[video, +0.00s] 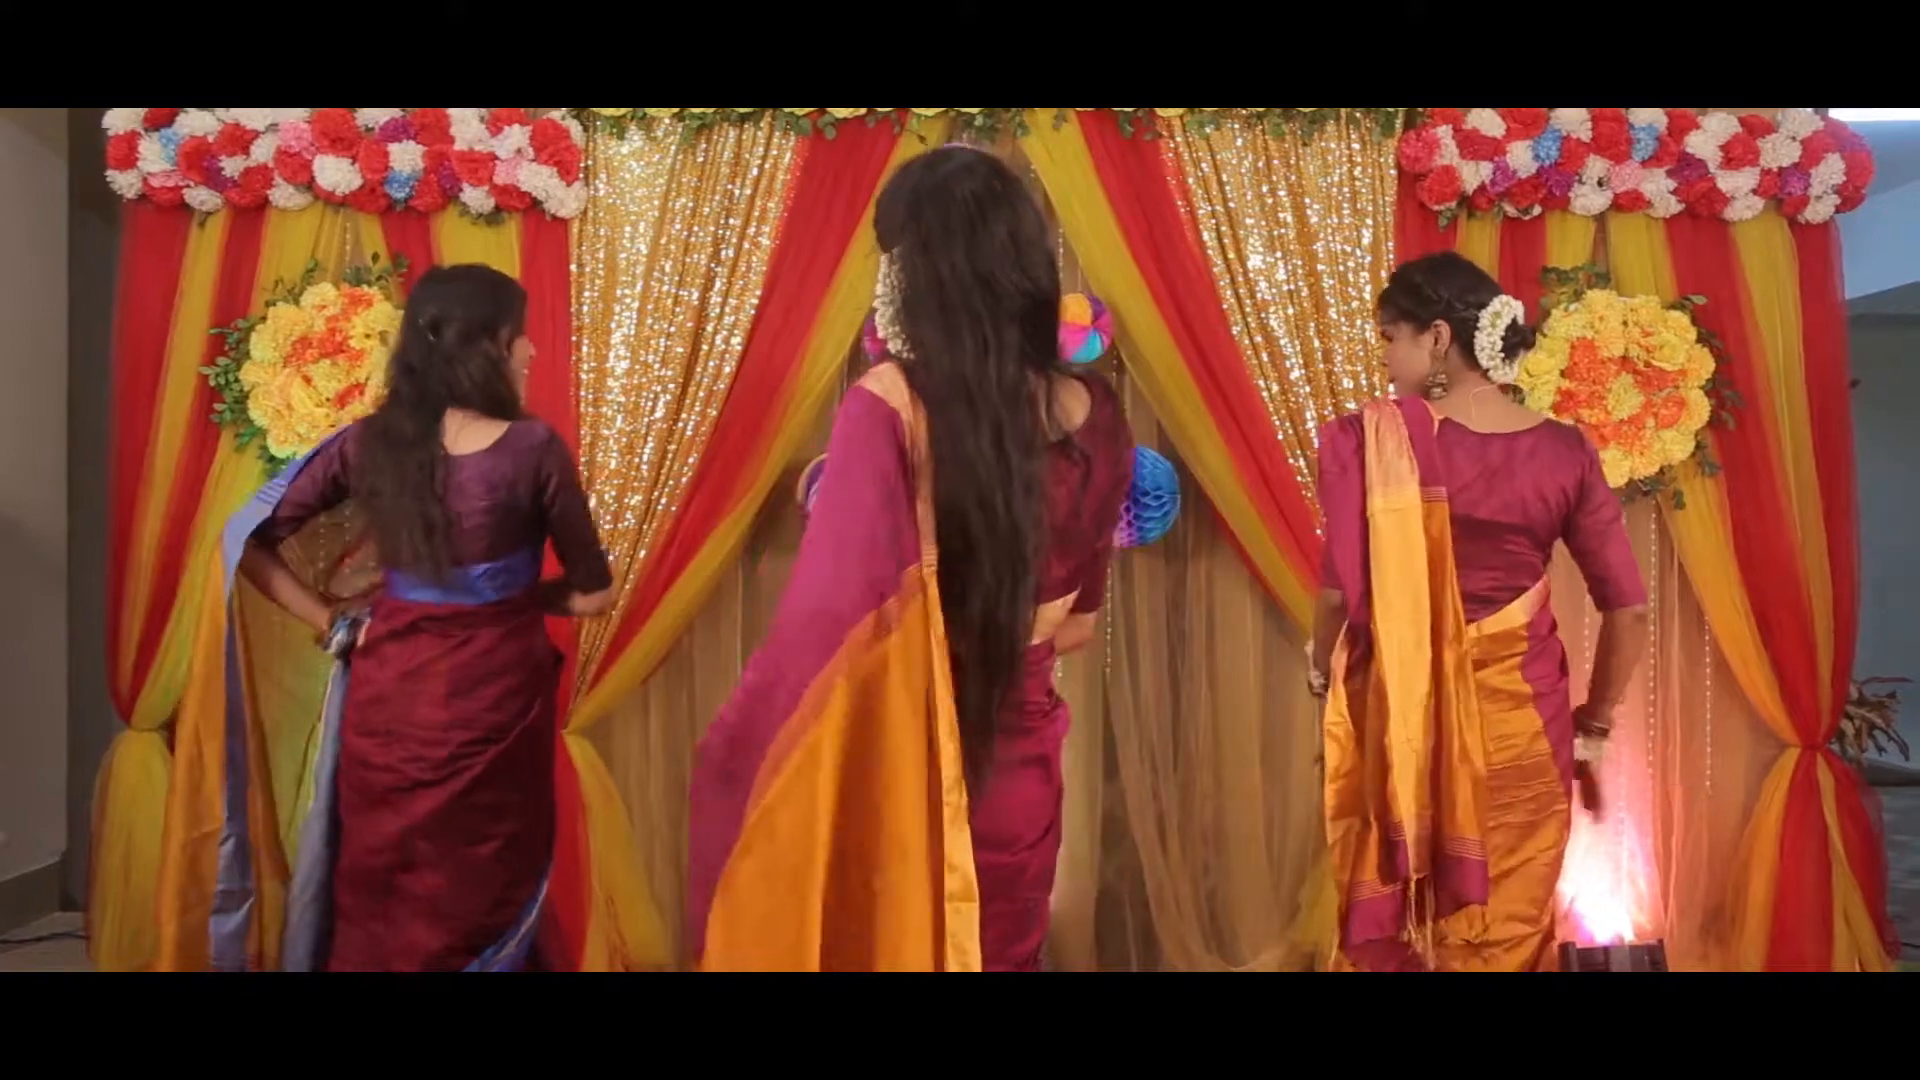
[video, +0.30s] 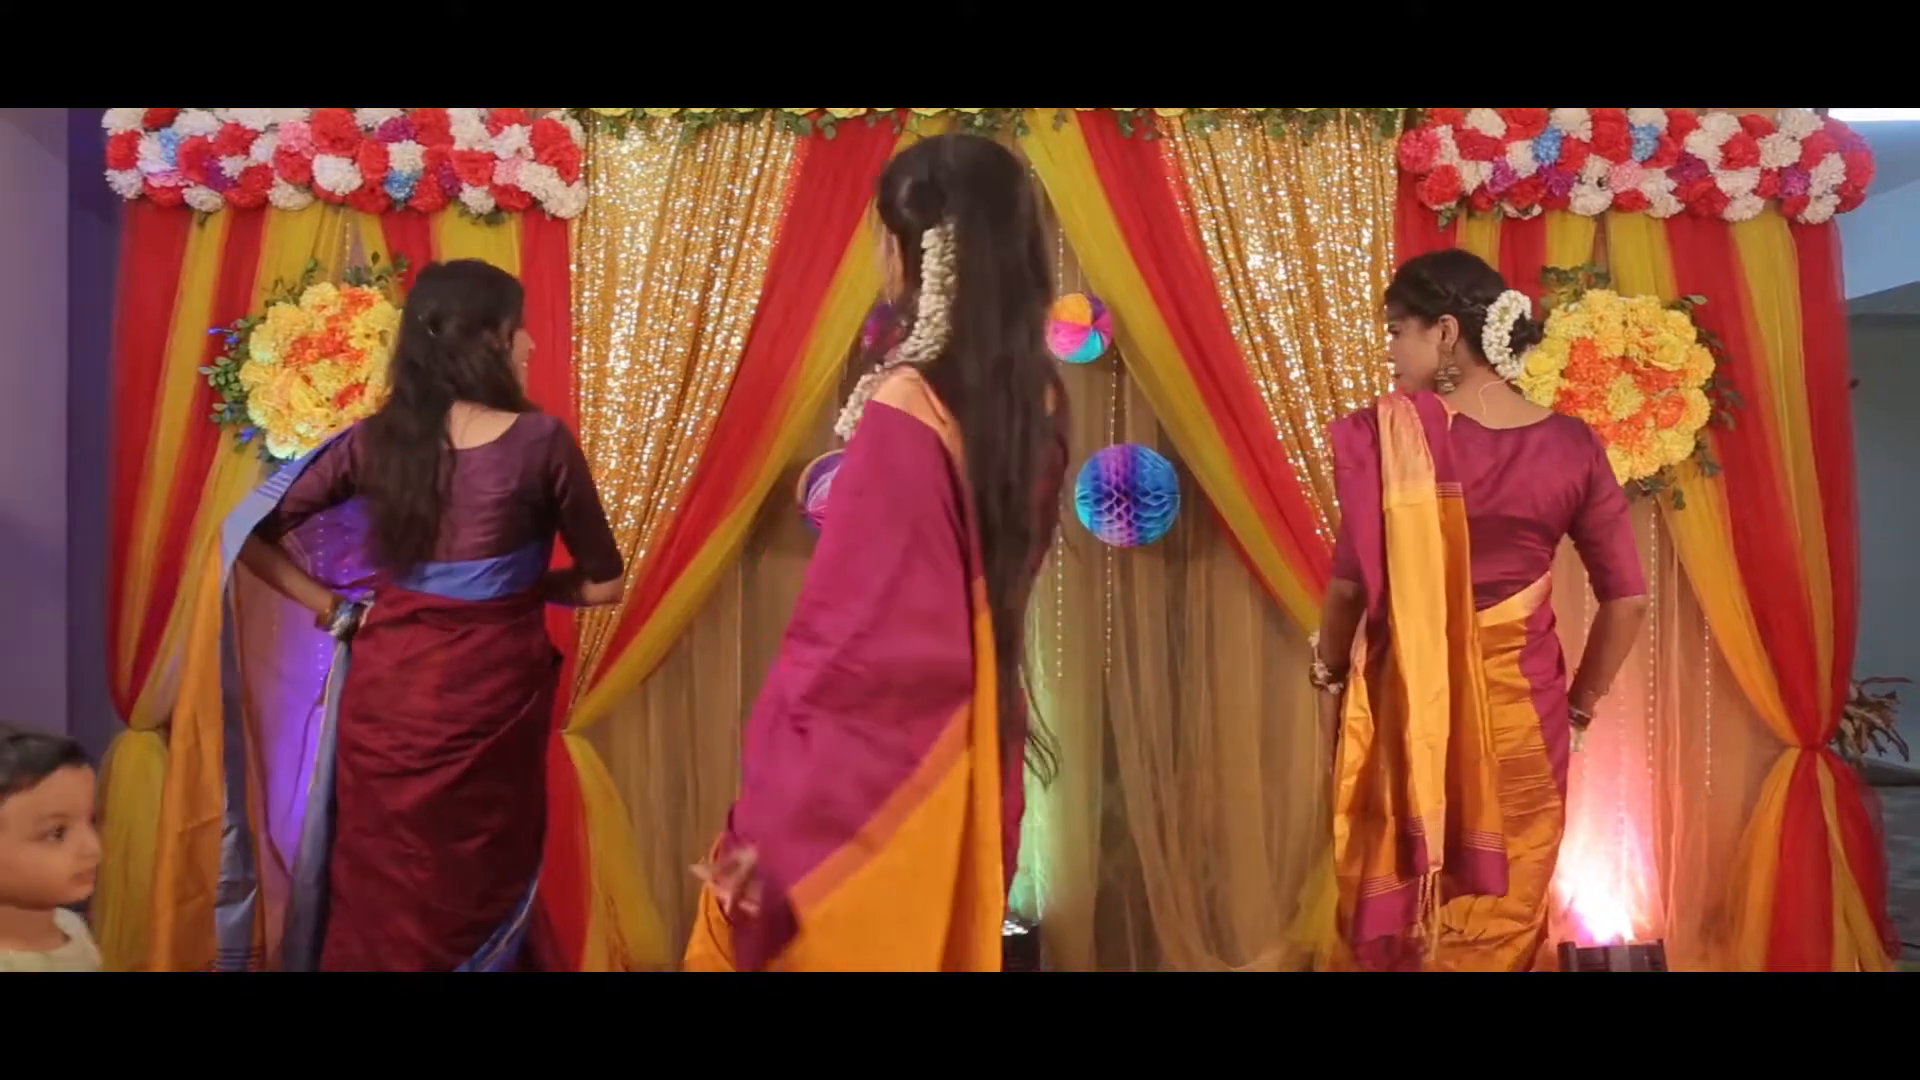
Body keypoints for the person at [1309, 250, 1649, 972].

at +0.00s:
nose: (1384, 360)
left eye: (1390, 339)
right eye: (1384, 340)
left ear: (1439, 336)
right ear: (1460, 335)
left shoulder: (1365, 440)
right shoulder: (1563, 449)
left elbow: (1342, 584)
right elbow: (1625, 605)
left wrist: (1321, 657)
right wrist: (1596, 722)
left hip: (1396, 724)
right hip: (1520, 725)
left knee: (1390, 932)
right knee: (1507, 931)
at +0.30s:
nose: (1389, 351)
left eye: (1397, 331)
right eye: (1389, 332)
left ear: (1446, 332)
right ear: (1464, 332)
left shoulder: (1380, 435)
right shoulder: (1570, 443)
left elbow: (1354, 579)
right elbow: (1625, 596)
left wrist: (1329, 667)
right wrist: (1583, 698)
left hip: (1406, 706)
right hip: (1522, 707)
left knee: (1398, 911)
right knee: (1506, 911)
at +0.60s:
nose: (1389, 347)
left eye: (1398, 326)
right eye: (1391, 326)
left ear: (1450, 332)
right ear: (1467, 330)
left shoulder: (1379, 434)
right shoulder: (1568, 441)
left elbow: (1344, 578)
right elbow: (1636, 584)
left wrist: (1278, 681)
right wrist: (1649, 687)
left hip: (1397, 695)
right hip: (1516, 692)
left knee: (1391, 898)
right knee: (1505, 898)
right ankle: (1494, 962)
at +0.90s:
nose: (1385, 359)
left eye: (1394, 340)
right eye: (1386, 340)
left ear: (1445, 346)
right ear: (1462, 346)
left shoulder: (1375, 441)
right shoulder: (1548, 457)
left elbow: (1326, 578)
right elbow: (1650, 571)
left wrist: (1245, 676)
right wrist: (1699, 598)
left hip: (1392, 717)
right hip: (1514, 714)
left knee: (1378, 924)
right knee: (1501, 926)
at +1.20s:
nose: (1383, 347)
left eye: (1394, 329)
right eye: (1382, 328)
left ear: (1449, 334)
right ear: (1455, 336)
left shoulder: (1421, 426)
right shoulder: (1538, 426)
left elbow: (1388, 551)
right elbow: (1594, 448)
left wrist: (1293, 603)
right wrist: (1599, 340)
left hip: (1379, 659)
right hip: (1482, 665)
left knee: (1335, 864)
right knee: (1466, 858)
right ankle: (1458, 964)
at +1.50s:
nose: (1384, 354)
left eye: (1400, 336)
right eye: (1382, 335)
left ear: (1458, 340)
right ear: (1458, 345)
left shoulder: (1436, 427)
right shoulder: (1515, 432)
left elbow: (1427, 547)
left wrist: (1334, 585)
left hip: (1395, 667)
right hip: (1466, 670)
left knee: (1349, 864)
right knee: (1448, 856)